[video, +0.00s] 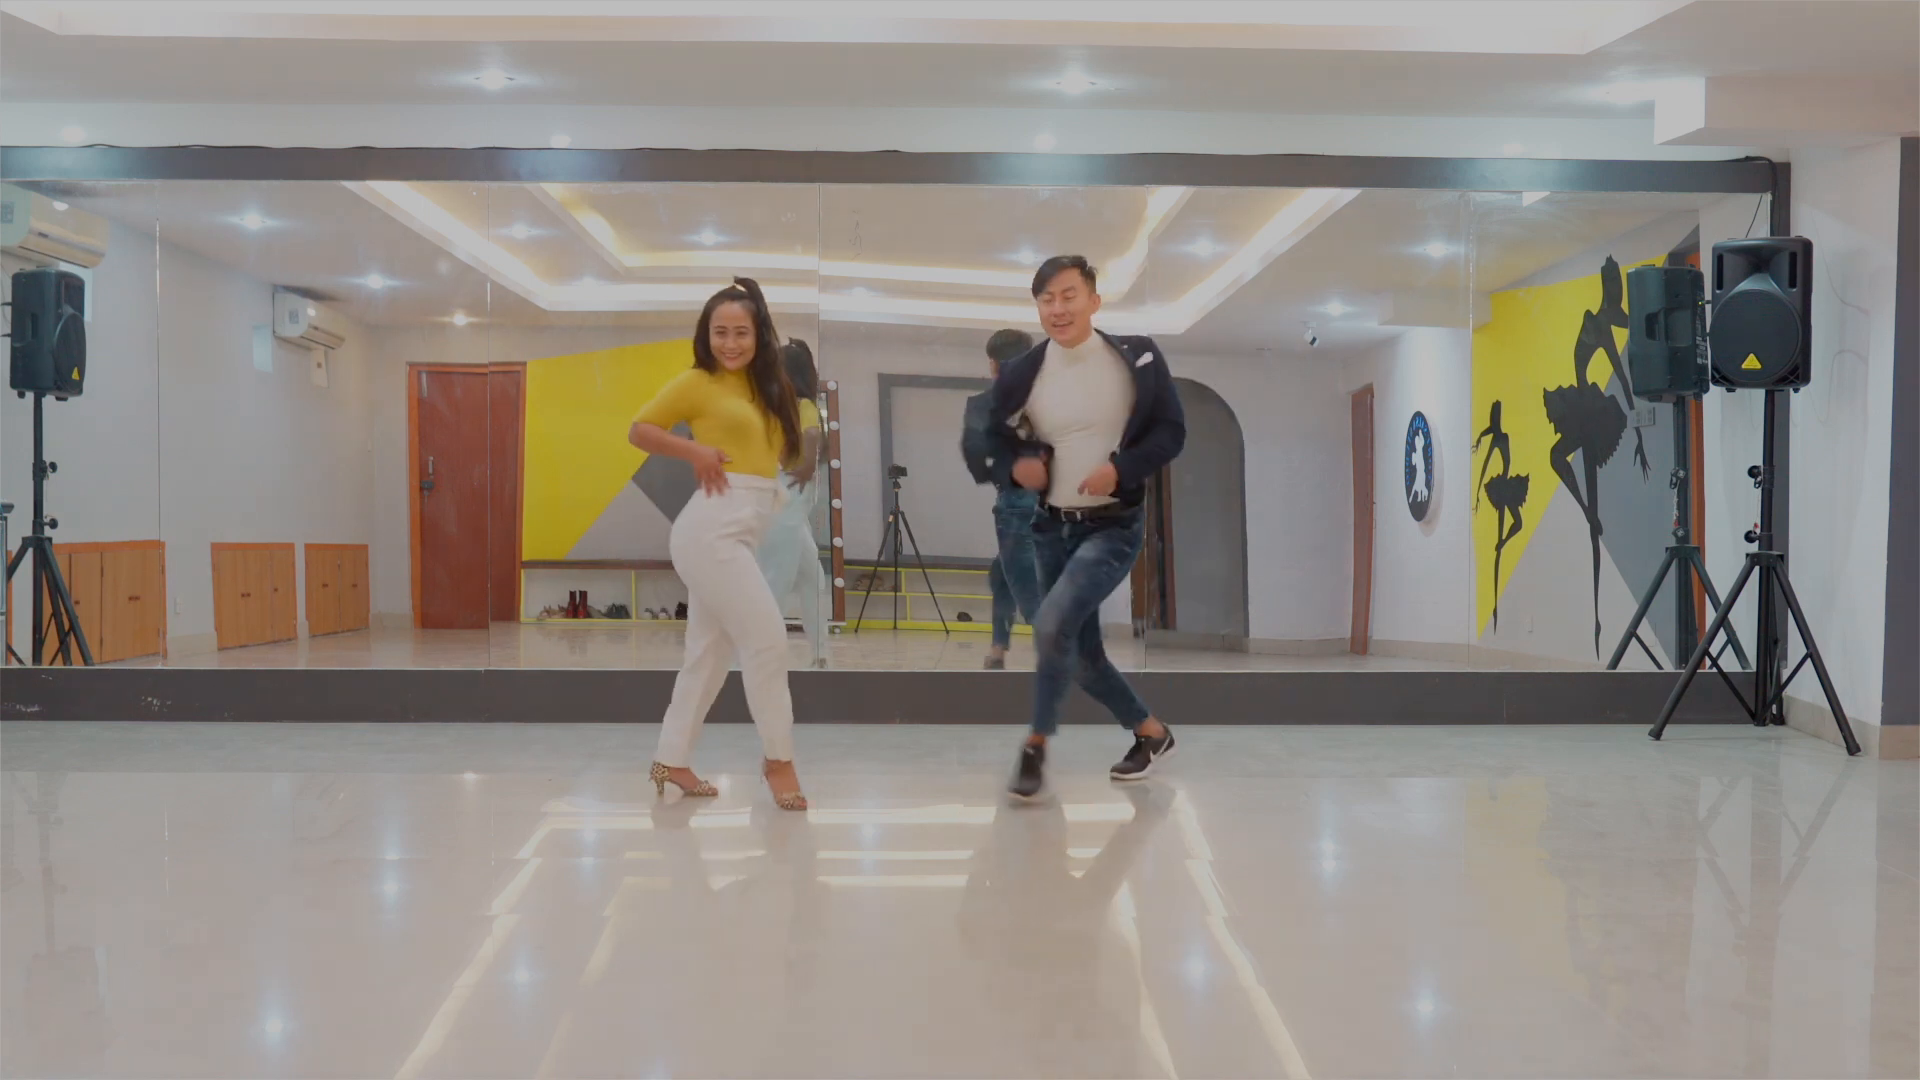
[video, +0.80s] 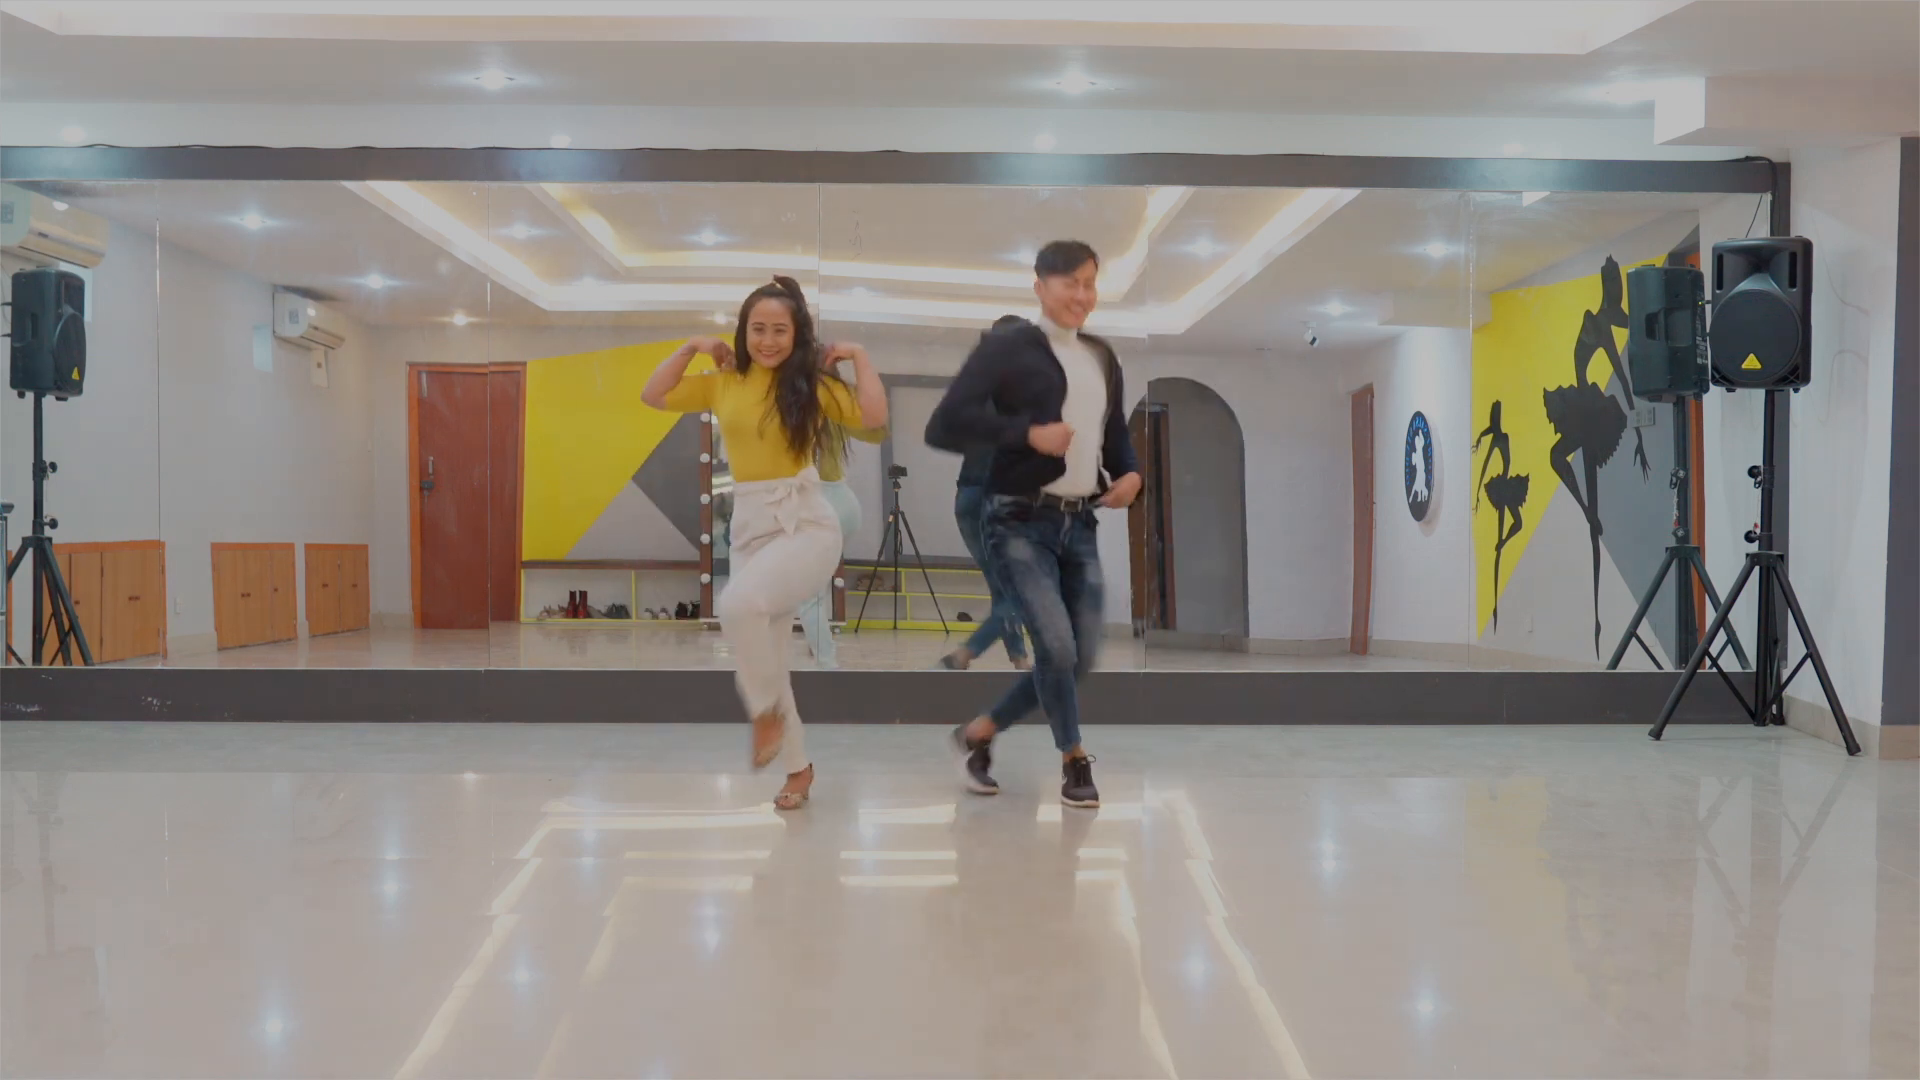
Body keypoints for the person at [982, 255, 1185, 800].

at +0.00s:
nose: (1058, 308)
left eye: (1069, 295)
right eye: (1047, 300)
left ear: (1094, 301)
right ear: (1037, 310)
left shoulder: (1137, 356)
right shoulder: (1024, 370)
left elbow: (1170, 433)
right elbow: (986, 439)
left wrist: (1121, 468)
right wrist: (1014, 462)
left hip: (1112, 523)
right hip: (1051, 527)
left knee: (1053, 620)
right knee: (1084, 656)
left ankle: (1034, 747)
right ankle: (1151, 731)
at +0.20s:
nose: (1064, 301)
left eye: (1076, 290)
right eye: (1054, 290)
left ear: (1095, 297)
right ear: (1039, 296)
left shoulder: (1121, 361)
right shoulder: (1007, 364)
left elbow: (1158, 432)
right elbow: (942, 444)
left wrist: (1112, 462)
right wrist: (1002, 482)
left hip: (1085, 530)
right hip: (1022, 528)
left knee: (1043, 646)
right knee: (1033, 656)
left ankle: (1017, 751)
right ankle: (1111, 710)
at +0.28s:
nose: (1061, 283)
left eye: (1073, 273)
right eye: (1051, 272)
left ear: (1091, 280)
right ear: (1034, 278)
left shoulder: (1115, 341)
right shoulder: (1003, 339)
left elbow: (1143, 418)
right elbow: (939, 414)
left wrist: (1104, 468)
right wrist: (989, 467)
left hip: (1082, 507)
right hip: (1013, 504)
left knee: (1054, 635)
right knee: (995, 631)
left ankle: (1016, 749)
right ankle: (1051, 688)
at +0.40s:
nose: (1063, 257)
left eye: (1074, 247)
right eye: (1052, 246)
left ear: (1089, 257)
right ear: (1031, 253)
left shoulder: (1114, 325)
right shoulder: (997, 315)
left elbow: (1144, 396)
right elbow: (948, 387)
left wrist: (1114, 454)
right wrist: (996, 423)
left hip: (1068, 481)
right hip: (1002, 463)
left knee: (1042, 627)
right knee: (1034, 527)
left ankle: (989, 736)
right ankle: (992, 593)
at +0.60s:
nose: (1064, 263)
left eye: (1075, 252)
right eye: (1053, 251)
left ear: (1092, 261)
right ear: (1034, 259)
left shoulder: (1112, 328)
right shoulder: (1000, 322)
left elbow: (1135, 403)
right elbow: (950, 397)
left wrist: (1120, 437)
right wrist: (1015, 438)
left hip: (1058, 486)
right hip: (993, 470)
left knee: (1023, 616)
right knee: (1045, 535)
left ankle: (961, 741)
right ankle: (1012, 663)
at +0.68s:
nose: (1069, 267)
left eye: (1080, 258)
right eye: (1058, 255)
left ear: (1092, 266)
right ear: (1034, 261)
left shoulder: (1110, 335)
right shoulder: (997, 323)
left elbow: (1124, 408)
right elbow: (963, 388)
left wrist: (1124, 454)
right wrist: (1036, 419)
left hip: (1065, 495)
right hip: (1004, 488)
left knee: (1019, 636)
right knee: (1054, 592)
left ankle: (954, 744)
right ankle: (1064, 729)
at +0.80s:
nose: (1084, 295)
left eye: (1090, 284)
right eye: (1071, 283)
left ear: (1096, 288)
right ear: (1040, 285)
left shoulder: (1102, 359)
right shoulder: (1005, 348)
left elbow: (1112, 430)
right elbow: (944, 425)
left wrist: (1131, 472)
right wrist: (1025, 431)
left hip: (1079, 523)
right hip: (1017, 519)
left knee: (1081, 654)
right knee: (1056, 646)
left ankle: (980, 732)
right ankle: (1075, 760)